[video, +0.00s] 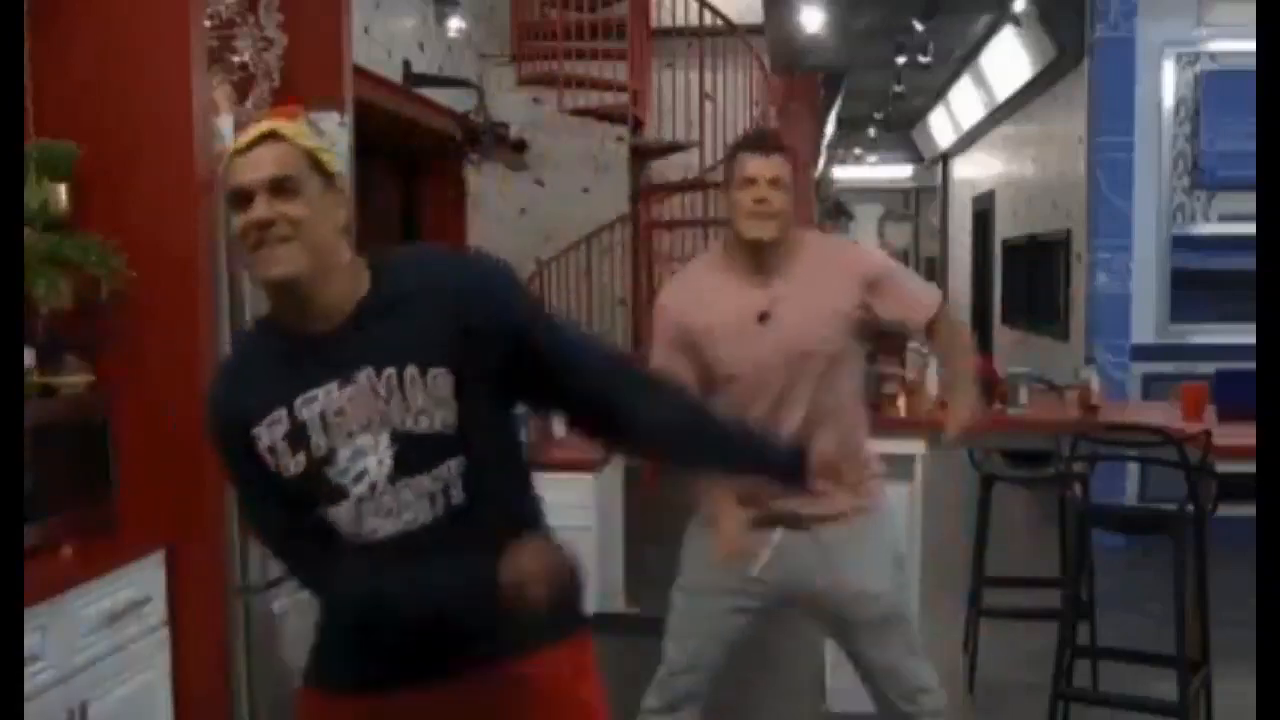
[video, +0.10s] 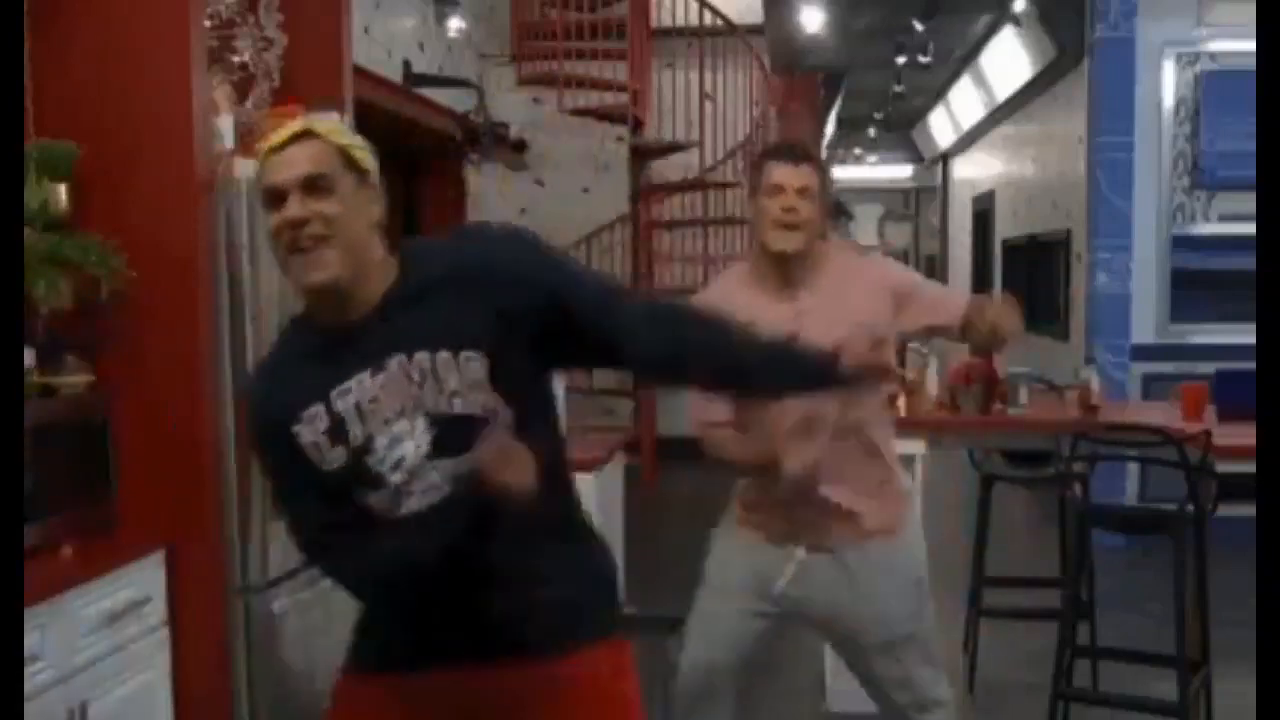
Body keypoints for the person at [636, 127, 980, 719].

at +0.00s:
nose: (762, 196)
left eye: (776, 184)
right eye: (748, 184)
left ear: (796, 197)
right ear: (726, 197)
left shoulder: (849, 266)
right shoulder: (684, 297)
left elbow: (944, 322)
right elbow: (670, 416)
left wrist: (960, 399)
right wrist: (721, 498)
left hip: (845, 523)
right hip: (736, 523)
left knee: (911, 694)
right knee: (675, 694)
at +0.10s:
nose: (789, 207)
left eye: (804, 195)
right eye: (775, 193)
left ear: (825, 211)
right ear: (754, 206)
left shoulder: (873, 280)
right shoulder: (723, 298)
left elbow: (972, 314)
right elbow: (710, 429)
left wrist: (994, 319)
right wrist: (764, 454)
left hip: (866, 530)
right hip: (760, 527)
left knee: (919, 699)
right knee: (700, 678)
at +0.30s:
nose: (845, 204)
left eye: (857, 195)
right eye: (830, 191)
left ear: (870, 209)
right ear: (800, 203)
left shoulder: (903, 277)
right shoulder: (753, 285)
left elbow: (998, 319)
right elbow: (720, 394)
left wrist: (1012, 276)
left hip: (910, 509)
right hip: (802, 522)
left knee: (956, 674)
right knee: (795, 684)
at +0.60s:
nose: (804, 213)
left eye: (816, 199)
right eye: (789, 204)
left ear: (842, 210)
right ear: (773, 221)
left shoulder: (895, 299)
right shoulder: (736, 310)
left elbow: (932, 412)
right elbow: (718, 443)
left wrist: (1008, 490)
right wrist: (780, 522)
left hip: (877, 544)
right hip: (756, 540)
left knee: (934, 703)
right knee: (710, 691)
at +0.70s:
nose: (754, 183)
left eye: (767, 170)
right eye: (739, 175)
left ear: (796, 184)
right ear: (724, 193)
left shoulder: (849, 266)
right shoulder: (686, 273)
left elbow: (881, 384)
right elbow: (622, 375)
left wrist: (861, 504)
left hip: (821, 509)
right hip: (705, 511)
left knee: (889, 674)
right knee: (654, 667)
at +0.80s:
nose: (732, 197)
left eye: (744, 184)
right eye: (716, 189)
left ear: (769, 194)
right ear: (701, 206)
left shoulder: (828, 282)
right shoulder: (662, 284)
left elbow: (850, 397)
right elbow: (583, 368)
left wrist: (792, 485)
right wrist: (580, 441)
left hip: (790, 517)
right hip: (678, 520)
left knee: (856, 666)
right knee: (629, 674)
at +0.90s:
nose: (708, 214)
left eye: (720, 201)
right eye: (693, 206)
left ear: (748, 213)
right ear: (679, 225)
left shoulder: (803, 302)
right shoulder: (642, 302)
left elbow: (818, 423)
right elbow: (550, 356)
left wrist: (758, 446)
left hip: (767, 529)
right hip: (657, 537)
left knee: (816, 671)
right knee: (616, 691)